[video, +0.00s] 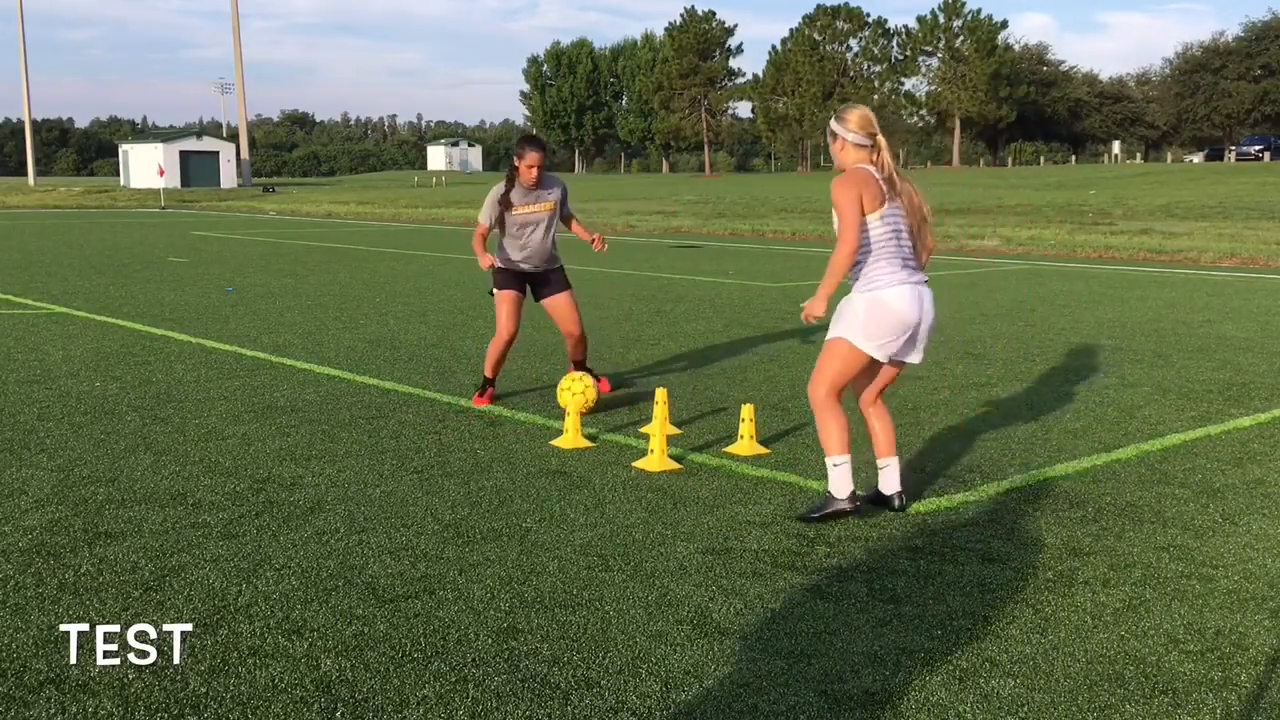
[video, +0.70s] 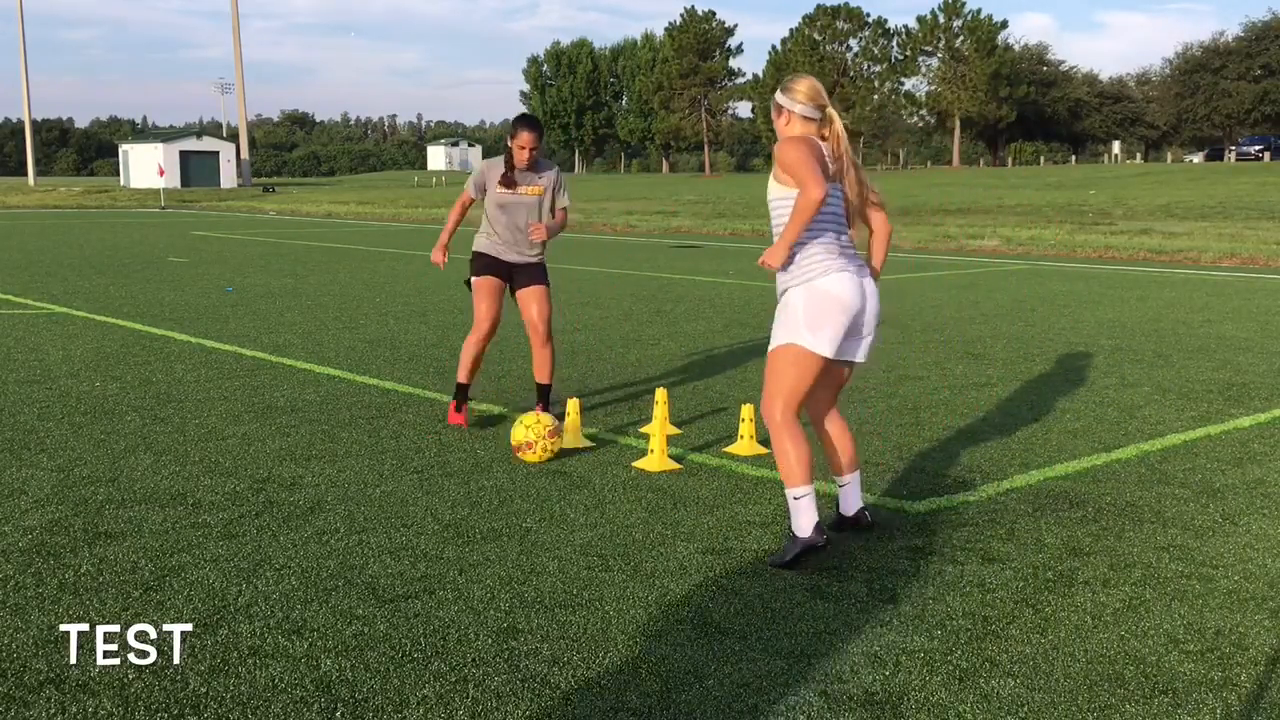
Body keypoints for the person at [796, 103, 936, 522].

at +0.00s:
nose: (830, 151)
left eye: (831, 143)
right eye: (830, 144)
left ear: (842, 142)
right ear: (872, 142)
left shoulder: (848, 181)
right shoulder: (899, 183)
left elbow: (848, 244)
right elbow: (925, 242)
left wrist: (821, 295)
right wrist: (901, 283)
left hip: (879, 299)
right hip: (918, 299)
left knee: (822, 389)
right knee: (870, 394)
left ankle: (841, 493)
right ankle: (891, 489)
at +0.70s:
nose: (773, 122)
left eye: (774, 114)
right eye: (775, 115)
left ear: (783, 115)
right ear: (818, 118)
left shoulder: (789, 146)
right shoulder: (837, 158)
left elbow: (813, 190)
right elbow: (880, 221)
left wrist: (782, 246)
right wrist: (869, 279)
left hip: (819, 286)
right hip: (859, 287)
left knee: (777, 409)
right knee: (822, 406)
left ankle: (805, 529)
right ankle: (853, 510)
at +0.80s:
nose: (760, 136)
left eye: (761, 128)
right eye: (761, 128)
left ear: (771, 129)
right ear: (803, 131)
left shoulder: (782, 163)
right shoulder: (829, 169)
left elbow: (798, 210)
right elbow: (871, 228)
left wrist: (768, 272)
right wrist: (876, 284)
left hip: (816, 303)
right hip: (853, 301)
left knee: (770, 422)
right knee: (797, 418)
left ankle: (787, 541)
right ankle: (831, 520)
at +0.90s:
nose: (751, 172)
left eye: (751, 163)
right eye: (750, 163)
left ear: (764, 158)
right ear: (794, 157)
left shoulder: (777, 196)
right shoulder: (826, 197)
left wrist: (711, 305)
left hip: (822, 331)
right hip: (845, 328)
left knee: (762, 431)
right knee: (741, 407)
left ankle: (793, 552)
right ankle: (801, 505)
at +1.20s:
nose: (756, 196)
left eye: (755, 188)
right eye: (755, 189)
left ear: (767, 186)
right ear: (799, 181)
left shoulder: (789, 220)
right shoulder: (836, 213)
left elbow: (761, 277)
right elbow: (893, 248)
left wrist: (715, 327)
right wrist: (928, 271)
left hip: (845, 343)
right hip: (882, 341)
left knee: (765, 437)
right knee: (803, 418)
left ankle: (795, 554)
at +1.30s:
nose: (786, 178)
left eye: (788, 170)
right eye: (787, 170)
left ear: (799, 170)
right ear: (831, 168)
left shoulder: (803, 212)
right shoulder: (867, 204)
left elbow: (814, 258)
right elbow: (920, 236)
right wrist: (952, 257)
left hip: (842, 333)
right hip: (893, 334)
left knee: (777, 436)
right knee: (860, 427)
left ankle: (795, 554)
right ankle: (926, 491)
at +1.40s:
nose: (823, 162)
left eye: (823, 156)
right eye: (824, 156)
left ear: (830, 156)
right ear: (868, 156)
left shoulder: (828, 202)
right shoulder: (902, 195)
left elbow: (856, 254)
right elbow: (946, 240)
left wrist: (889, 306)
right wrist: (958, 248)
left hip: (849, 322)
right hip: (908, 317)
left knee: (815, 433)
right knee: (912, 427)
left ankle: (798, 531)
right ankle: (938, 508)